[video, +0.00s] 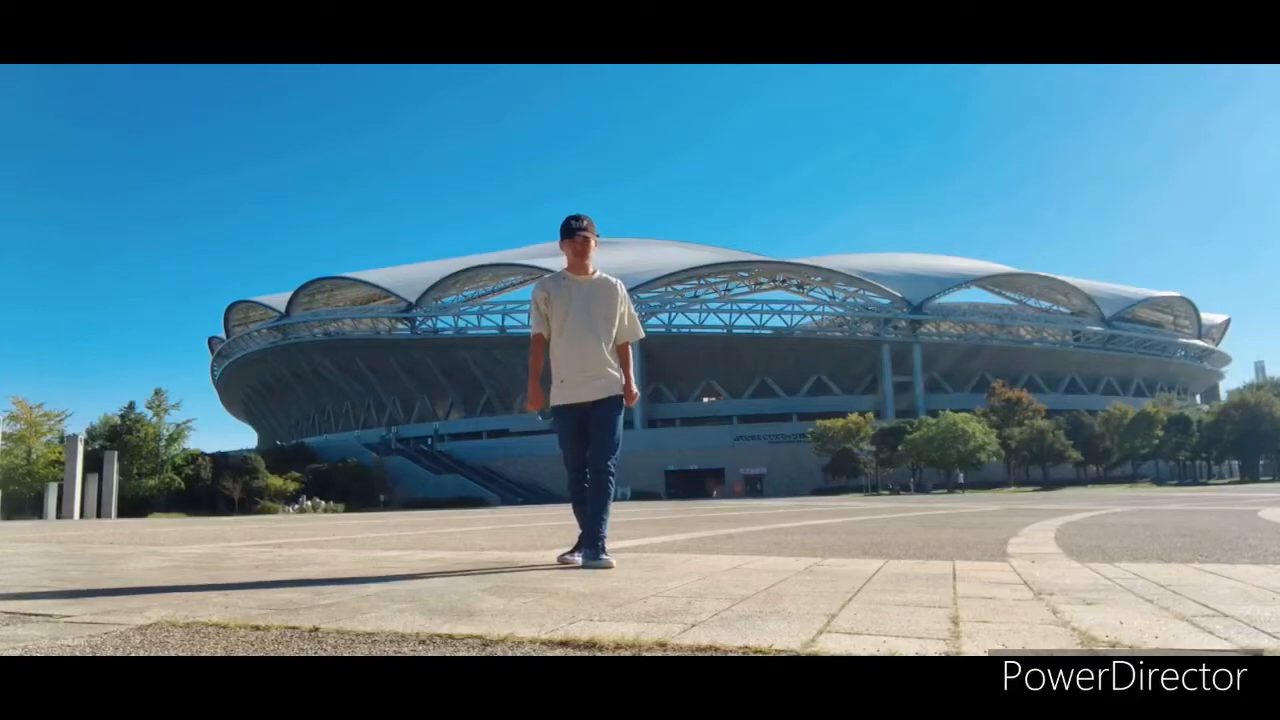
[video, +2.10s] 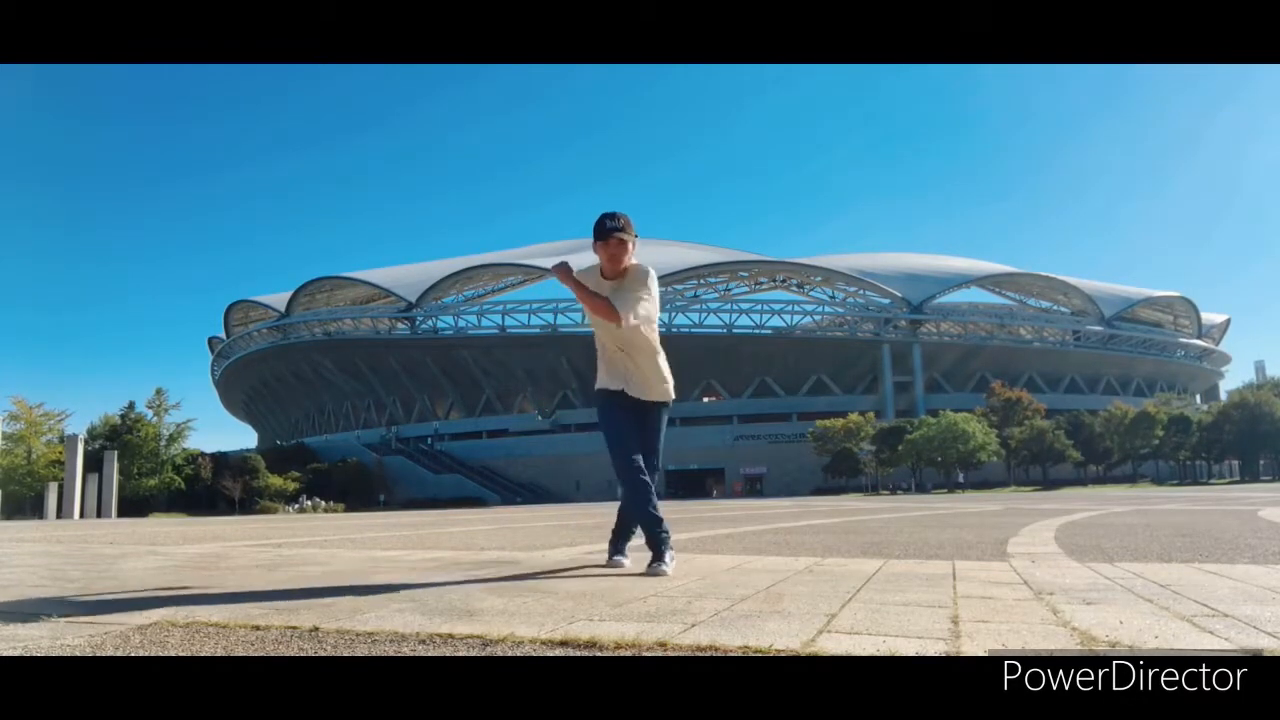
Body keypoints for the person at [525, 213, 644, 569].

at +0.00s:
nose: (581, 244)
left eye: (586, 238)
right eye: (574, 239)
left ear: (595, 243)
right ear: (563, 244)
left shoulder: (612, 287)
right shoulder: (547, 288)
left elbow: (623, 340)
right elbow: (538, 339)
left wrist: (629, 380)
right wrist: (534, 384)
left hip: (607, 390)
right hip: (565, 392)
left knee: (602, 467)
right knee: (576, 470)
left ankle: (596, 546)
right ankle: (587, 538)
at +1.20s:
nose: (611, 236)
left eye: (617, 230)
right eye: (604, 231)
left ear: (627, 237)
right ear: (593, 239)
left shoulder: (646, 280)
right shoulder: (575, 283)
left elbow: (656, 331)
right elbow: (566, 334)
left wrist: (657, 369)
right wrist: (571, 382)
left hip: (638, 391)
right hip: (595, 393)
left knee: (644, 468)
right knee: (600, 470)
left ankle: (645, 543)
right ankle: (615, 537)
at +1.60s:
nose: (639, 253)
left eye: (646, 247)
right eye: (631, 247)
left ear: (655, 253)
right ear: (620, 253)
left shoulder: (663, 293)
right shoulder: (595, 293)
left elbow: (646, 336)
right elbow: (555, 329)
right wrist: (525, 365)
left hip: (635, 395)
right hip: (591, 391)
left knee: (630, 471)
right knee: (581, 456)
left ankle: (618, 545)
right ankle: (603, 484)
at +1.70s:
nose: (628, 260)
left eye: (635, 254)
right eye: (620, 254)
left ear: (647, 259)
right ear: (610, 260)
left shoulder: (666, 293)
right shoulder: (593, 299)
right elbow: (558, 319)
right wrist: (534, 343)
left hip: (637, 405)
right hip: (594, 396)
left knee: (637, 477)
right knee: (560, 457)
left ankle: (618, 547)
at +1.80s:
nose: (614, 265)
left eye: (621, 259)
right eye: (607, 259)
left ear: (634, 264)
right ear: (597, 265)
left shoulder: (655, 311)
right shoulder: (586, 299)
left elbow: (686, 326)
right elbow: (574, 325)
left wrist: (712, 329)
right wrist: (572, 350)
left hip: (640, 400)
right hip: (599, 383)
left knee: (636, 476)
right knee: (567, 435)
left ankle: (616, 546)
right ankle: (544, 438)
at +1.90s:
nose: (613, 262)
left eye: (620, 255)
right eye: (606, 255)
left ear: (632, 259)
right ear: (594, 259)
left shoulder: (645, 302)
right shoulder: (582, 294)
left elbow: (658, 360)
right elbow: (593, 336)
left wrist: (665, 411)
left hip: (640, 385)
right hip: (601, 375)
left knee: (638, 472)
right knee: (598, 417)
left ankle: (619, 544)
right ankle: (598, 508)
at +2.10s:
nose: (615, 251)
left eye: (622, 244)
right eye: (608, 244)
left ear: (633, 246)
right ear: (596, 246)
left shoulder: (644, 277)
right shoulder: (587, 279)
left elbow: (618, 316)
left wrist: (570, 281)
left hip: (652, 385)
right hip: (611, 384)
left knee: (647, 469)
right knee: (629, 465)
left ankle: (619, 543)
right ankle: (661, 544)